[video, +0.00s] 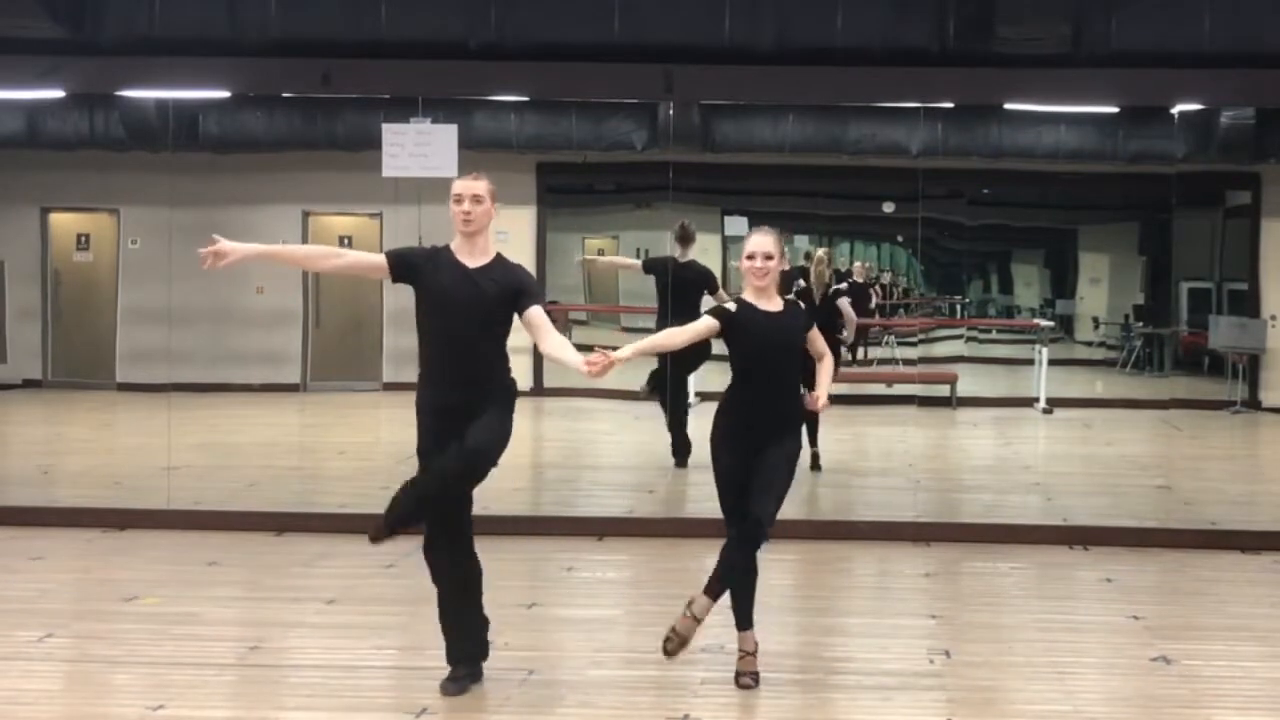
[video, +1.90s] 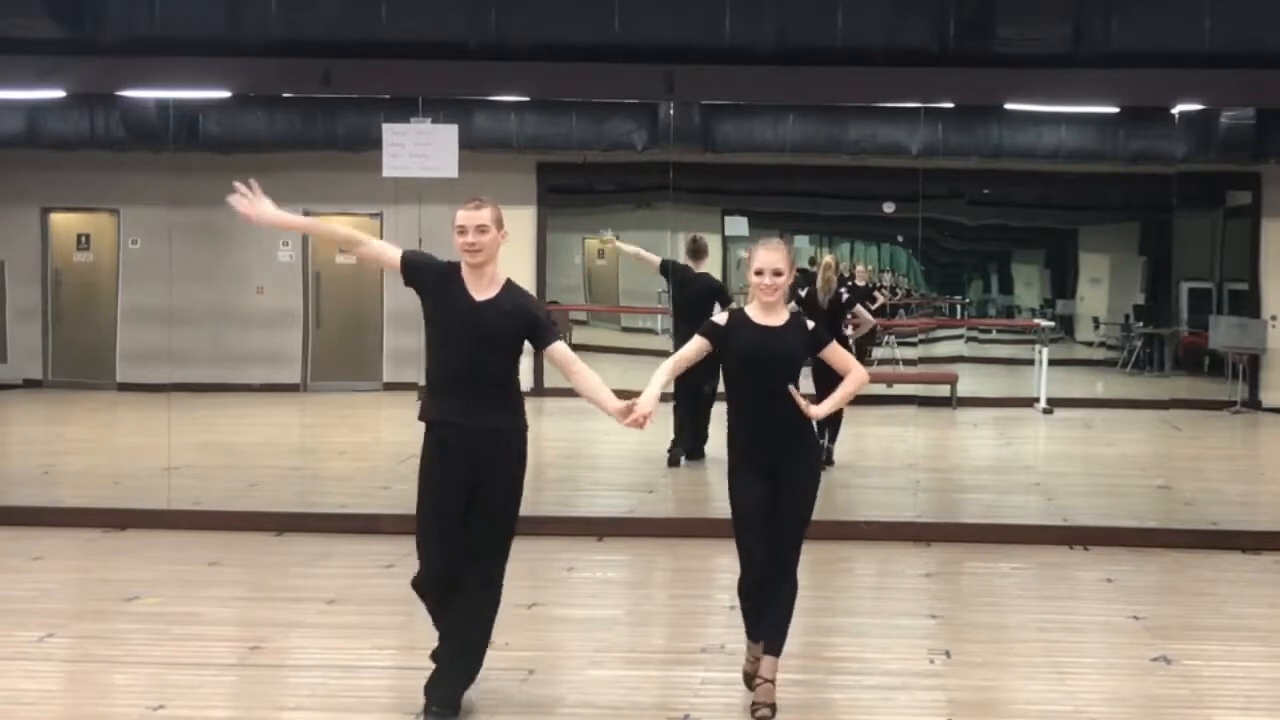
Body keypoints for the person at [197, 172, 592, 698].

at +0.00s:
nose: (466, 208)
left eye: (476, 200)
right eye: (459, 200)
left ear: (494, 209)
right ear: (449, 208)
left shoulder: (513, 277)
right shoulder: (423, 262)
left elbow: (547, 336)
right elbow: (334, 257)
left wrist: (582, 360)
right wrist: (248, 251)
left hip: (490, 404)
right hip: (437, 407)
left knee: (475, 456)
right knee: (449, 540)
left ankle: (403, 510)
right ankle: (466, 657)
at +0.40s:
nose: (465, 208)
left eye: (475, 200)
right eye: (458, 200)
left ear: (493, 210)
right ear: (448, 209)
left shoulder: (514, 275)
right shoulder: (424, 266)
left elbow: (562, 327)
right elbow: (347, 285)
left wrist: (601, 360)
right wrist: (330, 263)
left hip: (494, 405)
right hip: (440, 410)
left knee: (480, 470)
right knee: (458, 532)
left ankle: (423, 522)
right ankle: (474, 656)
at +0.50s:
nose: (464, 216)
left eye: (474, 208)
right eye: (457, 208)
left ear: (494, 218)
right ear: (447, 218)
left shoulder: (516, 277)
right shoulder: (426, 278)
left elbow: (572, 328)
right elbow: (366, 332)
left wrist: (605, 362)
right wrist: (344, 276)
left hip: (492, 408)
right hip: (438, 411)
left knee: (461, 476)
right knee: (450, 524)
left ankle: (418, 577)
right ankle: (474, 655)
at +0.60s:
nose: (469, 219)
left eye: (479, 212)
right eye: (461, 211)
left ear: (497, 221)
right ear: (450, 220)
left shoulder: (518, 280)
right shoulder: (431, 283)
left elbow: (575, 329)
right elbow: (426, 354)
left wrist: (606, 362)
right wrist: (374, 341)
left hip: (484, 410)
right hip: (436, 408)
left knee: (450, 514)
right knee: (439, 524)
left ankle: (449, 645)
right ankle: (472, 655)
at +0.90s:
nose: (477, 233)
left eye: (486, 225)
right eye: (469, 225)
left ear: (504, 234)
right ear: (459, 234)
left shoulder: (523, 300)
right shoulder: (433, 291)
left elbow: (574, 349)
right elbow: (358, 320)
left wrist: (615, 370)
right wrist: (291, 356)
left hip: (501, 435)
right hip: (451, 434)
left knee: (472, 537)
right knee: (449, 536)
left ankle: (473, 643)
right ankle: (474, 652)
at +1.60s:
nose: (468, 234)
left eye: (478, 226)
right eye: (460, 226)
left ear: (498, 233)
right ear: (451, 232)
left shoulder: (513, 305)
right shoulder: (425, 283)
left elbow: (560, 362)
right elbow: (341, 284)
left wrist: (604, 389)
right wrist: (264, 279)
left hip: (507, 446)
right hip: (451, 444)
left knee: (485, 562)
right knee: (444, 559)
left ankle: (446, 687)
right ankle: (476, 644)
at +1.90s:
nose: (469, 238)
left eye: (480, 229)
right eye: (461, 230)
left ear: (502, 235)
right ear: (454, 236)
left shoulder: (521, 305)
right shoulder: (433, 275)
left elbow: (571, 365)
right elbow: (355, 242)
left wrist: (618, 409)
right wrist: (277, 218)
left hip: (501, 448)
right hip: (444, 443)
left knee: (481, 574)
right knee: (433, 572)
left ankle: (445, 698)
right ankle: (459, 648)